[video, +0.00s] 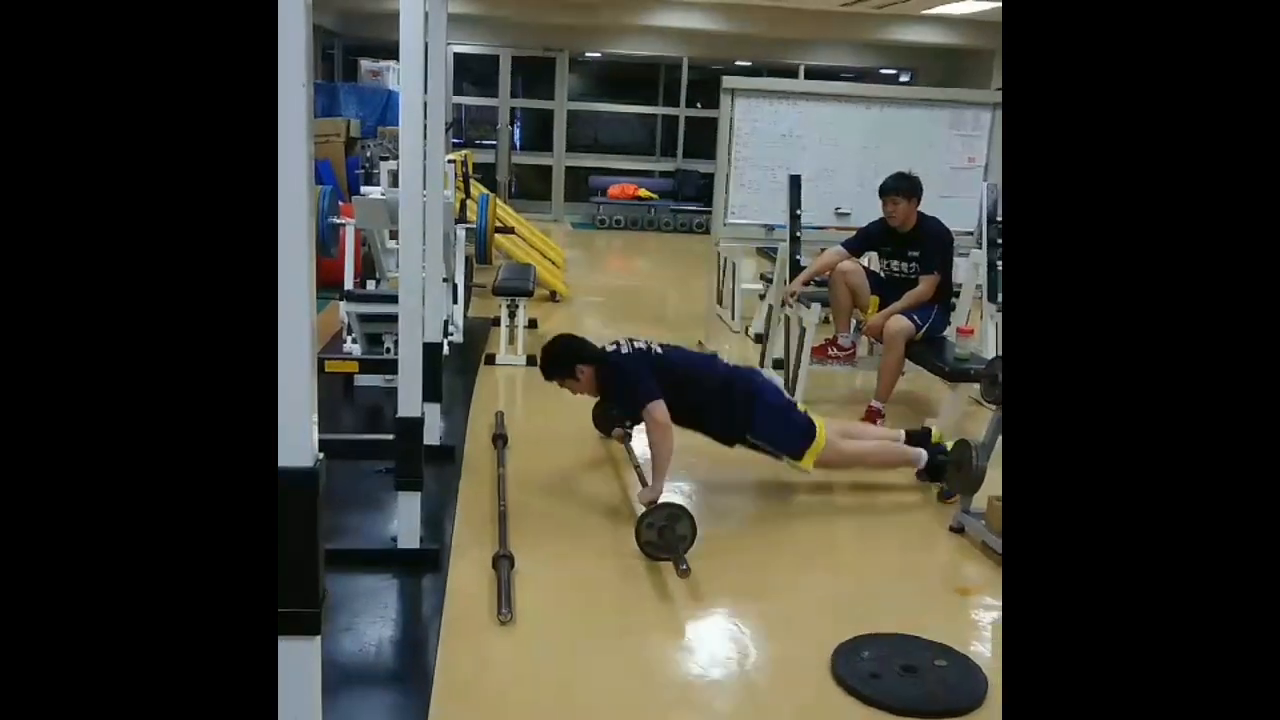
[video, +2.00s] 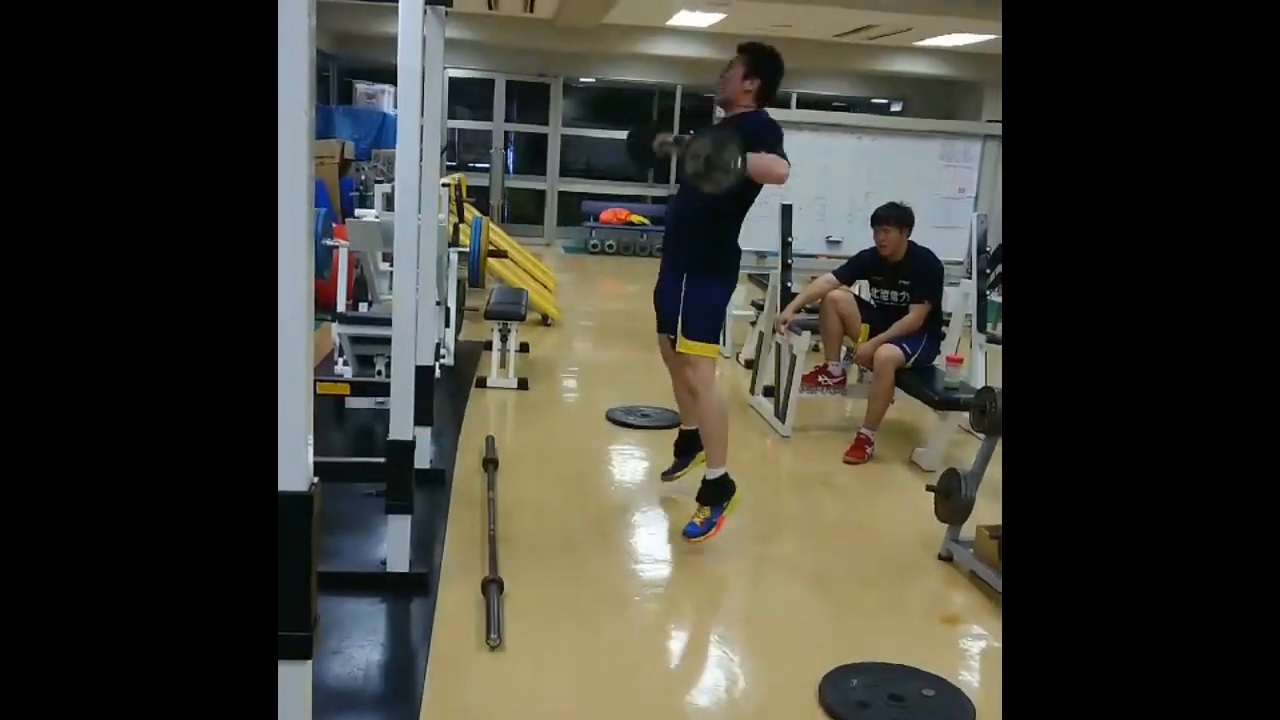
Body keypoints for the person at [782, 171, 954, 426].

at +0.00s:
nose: (888, 209)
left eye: (895, 204)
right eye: (885, 203)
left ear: (914, 204)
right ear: (881, 203)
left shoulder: (935, 234)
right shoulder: (879, 229)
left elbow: (926, 290)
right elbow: (836, 255)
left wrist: (883, 316)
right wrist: (800, 280)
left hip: (928, 305)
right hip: (891, 294)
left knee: (895, 327)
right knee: (843, 270)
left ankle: (876, 409)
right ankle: (843, 345)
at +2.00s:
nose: (879, 237)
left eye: (886, 231)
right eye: (876, 231)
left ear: (905, 233)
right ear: (873, 231)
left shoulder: (926, 264)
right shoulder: (869, 258)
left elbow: (916, 318)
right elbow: (828, 282)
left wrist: (874, 344)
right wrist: (791, 308)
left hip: (919, 335)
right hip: (880, 325)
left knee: (885, 356)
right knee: (834, 298)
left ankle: (865, 436)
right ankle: (833, 373)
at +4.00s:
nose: (880, 251)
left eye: (887, 244)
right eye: (877, 244)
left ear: (906, 245)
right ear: (873, 244)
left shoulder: (928, 275)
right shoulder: (870, 269)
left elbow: (917, 330)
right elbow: (831, 293)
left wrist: (874, 355)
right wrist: (799, 312)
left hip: (922, 344)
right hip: (882, 335)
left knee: (886, 367)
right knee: (835, 310)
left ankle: (868, 447)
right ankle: (836, 383)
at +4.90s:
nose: (875, 256)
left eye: (882, 250)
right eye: (873, 249)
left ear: (901, 249)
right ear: (869, 249)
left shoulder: (924, 278)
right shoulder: (867, 273)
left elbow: (916, 332)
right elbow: (827, 298)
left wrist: (873, 358)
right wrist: (791, 323)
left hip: (918, 348)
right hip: (881, 337)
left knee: (884, 370)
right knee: (833, 313)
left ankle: (866, 451)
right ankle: (833, 388)